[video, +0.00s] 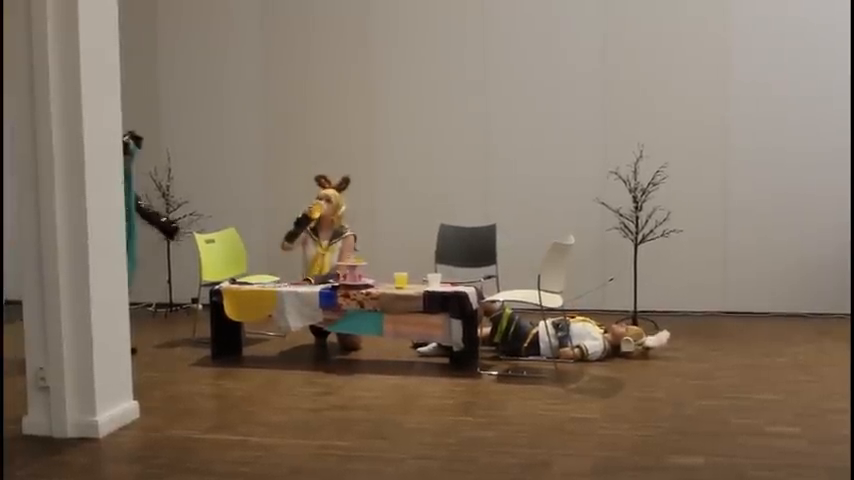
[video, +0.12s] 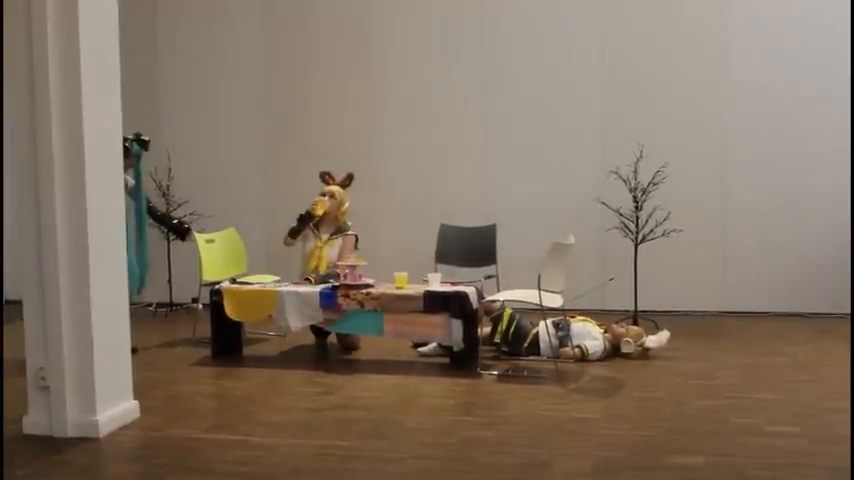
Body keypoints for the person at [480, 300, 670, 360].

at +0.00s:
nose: (621, 324)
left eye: (625, 327)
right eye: (625, 323)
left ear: (623, 340)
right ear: (618, 327)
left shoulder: (599, 345)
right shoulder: (597, 331)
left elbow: (566, 354)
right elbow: (566, 325)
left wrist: (561, 333)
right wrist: (562, 320)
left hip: (531, 342)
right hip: (532, 332)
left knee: (493, 308)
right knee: (492, 331)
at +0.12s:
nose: (620, 324)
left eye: (625, 328)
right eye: (624, 323)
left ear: (623, 342)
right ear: (617, 325)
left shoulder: (598, 346)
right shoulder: (597, 330)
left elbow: (567, 354)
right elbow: (566, 322)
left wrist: (560, 345)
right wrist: (565, 319)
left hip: (531, 342)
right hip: (533, 331)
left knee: (497, 309)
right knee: (492, 330)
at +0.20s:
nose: (620, 324)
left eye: (625, 328)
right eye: (624, 323)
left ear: (623, 341)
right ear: (617, 325)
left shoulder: (598, 346)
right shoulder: (597, 330)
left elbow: (567, 354)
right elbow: (567, 322)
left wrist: (561, 336)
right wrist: (566, 319)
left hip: (532, 342)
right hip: (533, 331)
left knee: (497, 308)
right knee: (492, 331)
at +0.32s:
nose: (621, 323)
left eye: (625, 326)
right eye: (624, 322)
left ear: (624, 340)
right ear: (617, 325)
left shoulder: (599, 345)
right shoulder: (596, 329)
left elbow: (568, 353)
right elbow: (565, 322)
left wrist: (561, 339)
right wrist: (564, 319)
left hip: (532, 342)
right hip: (532, 330)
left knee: (495, 307)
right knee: (492, 330)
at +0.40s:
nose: (621, 323)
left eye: (625, 326)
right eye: (625, 322)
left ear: (624, 339)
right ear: (618, 325)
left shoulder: (599, 345)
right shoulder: (596, 328)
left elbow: (568, 353)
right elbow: (566, 320)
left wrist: (559, 341)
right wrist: (565, 318)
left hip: (531, 342)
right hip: (532, 330)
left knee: (495, 307)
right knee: (491, 331)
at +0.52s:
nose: (621, 323)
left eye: (626, 326)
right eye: (625, 322)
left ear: (624, 340)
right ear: (618, 325)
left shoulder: (599, 345)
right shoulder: (597, 329)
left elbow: (569, 353)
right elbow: (564, 324)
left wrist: (556, 344)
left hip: (531, 342)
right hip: (532, 331)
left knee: (499, 309)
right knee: (492, 331)